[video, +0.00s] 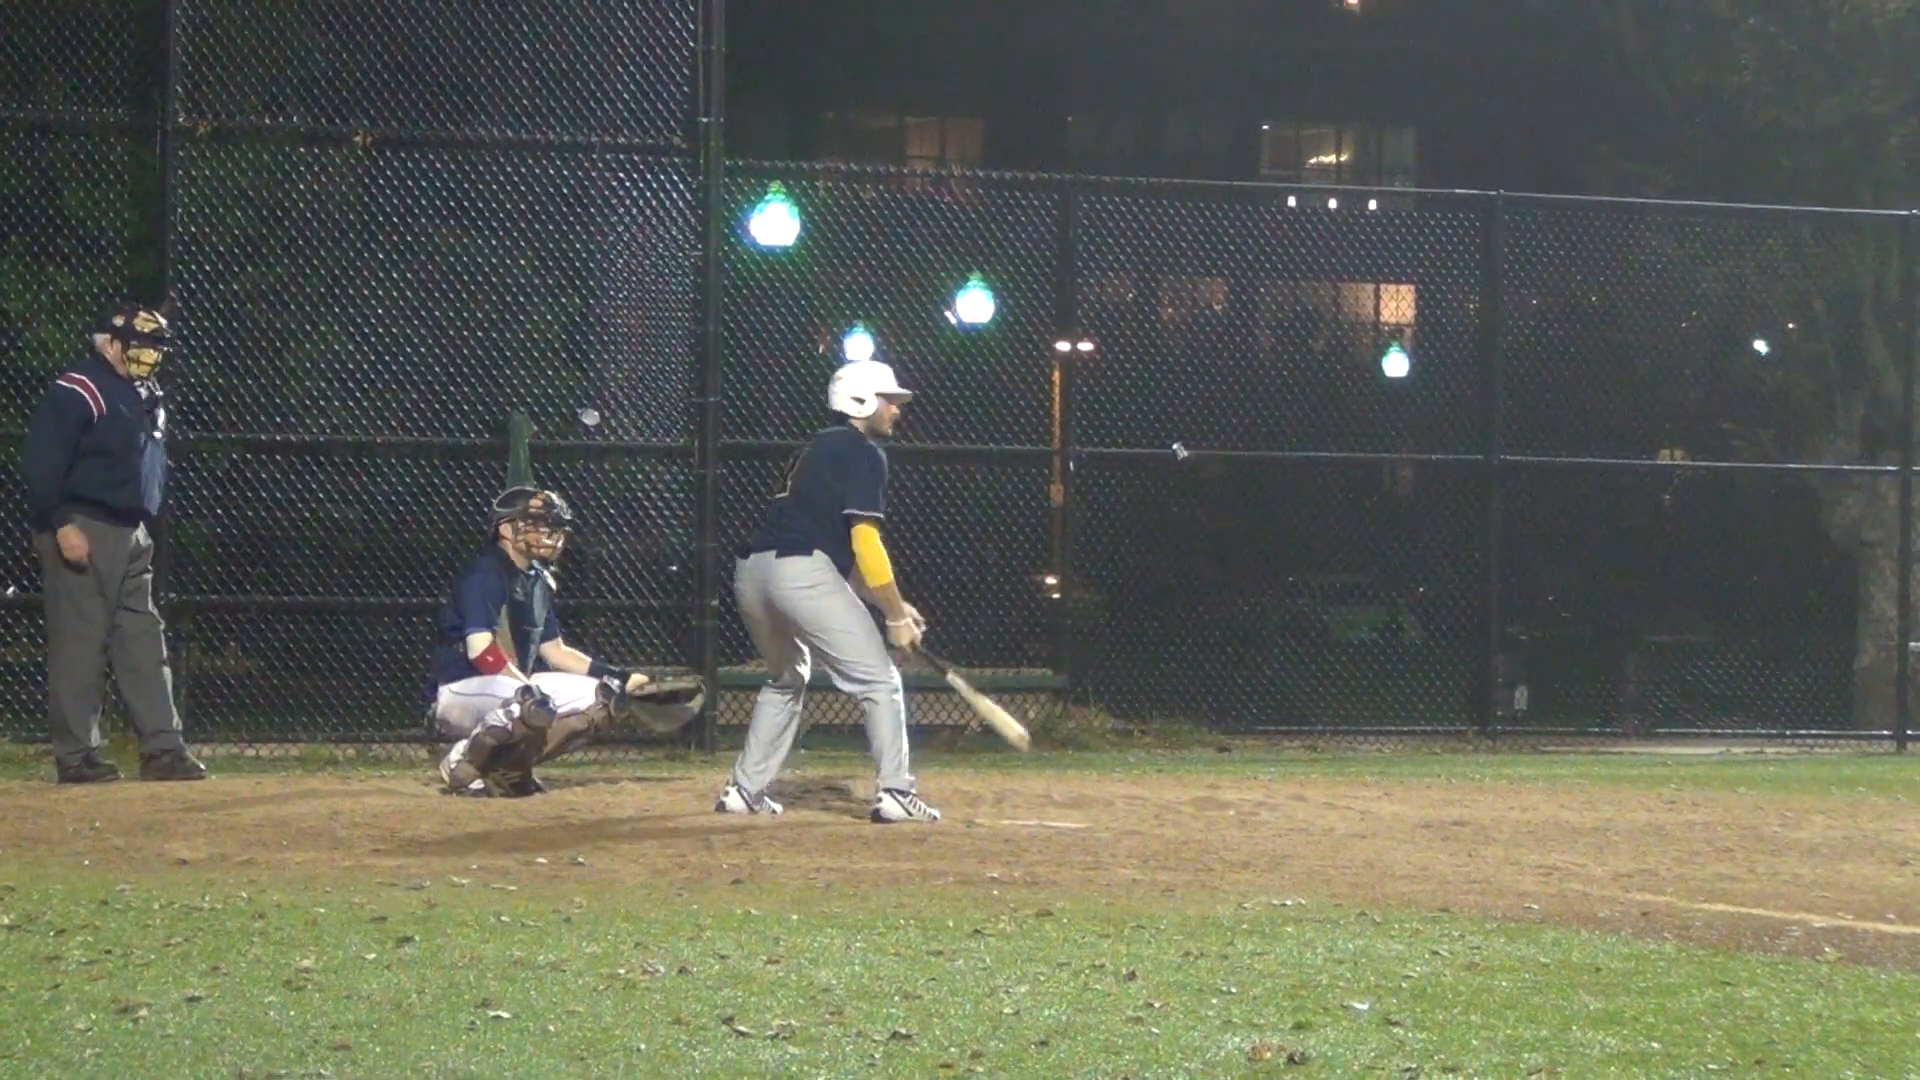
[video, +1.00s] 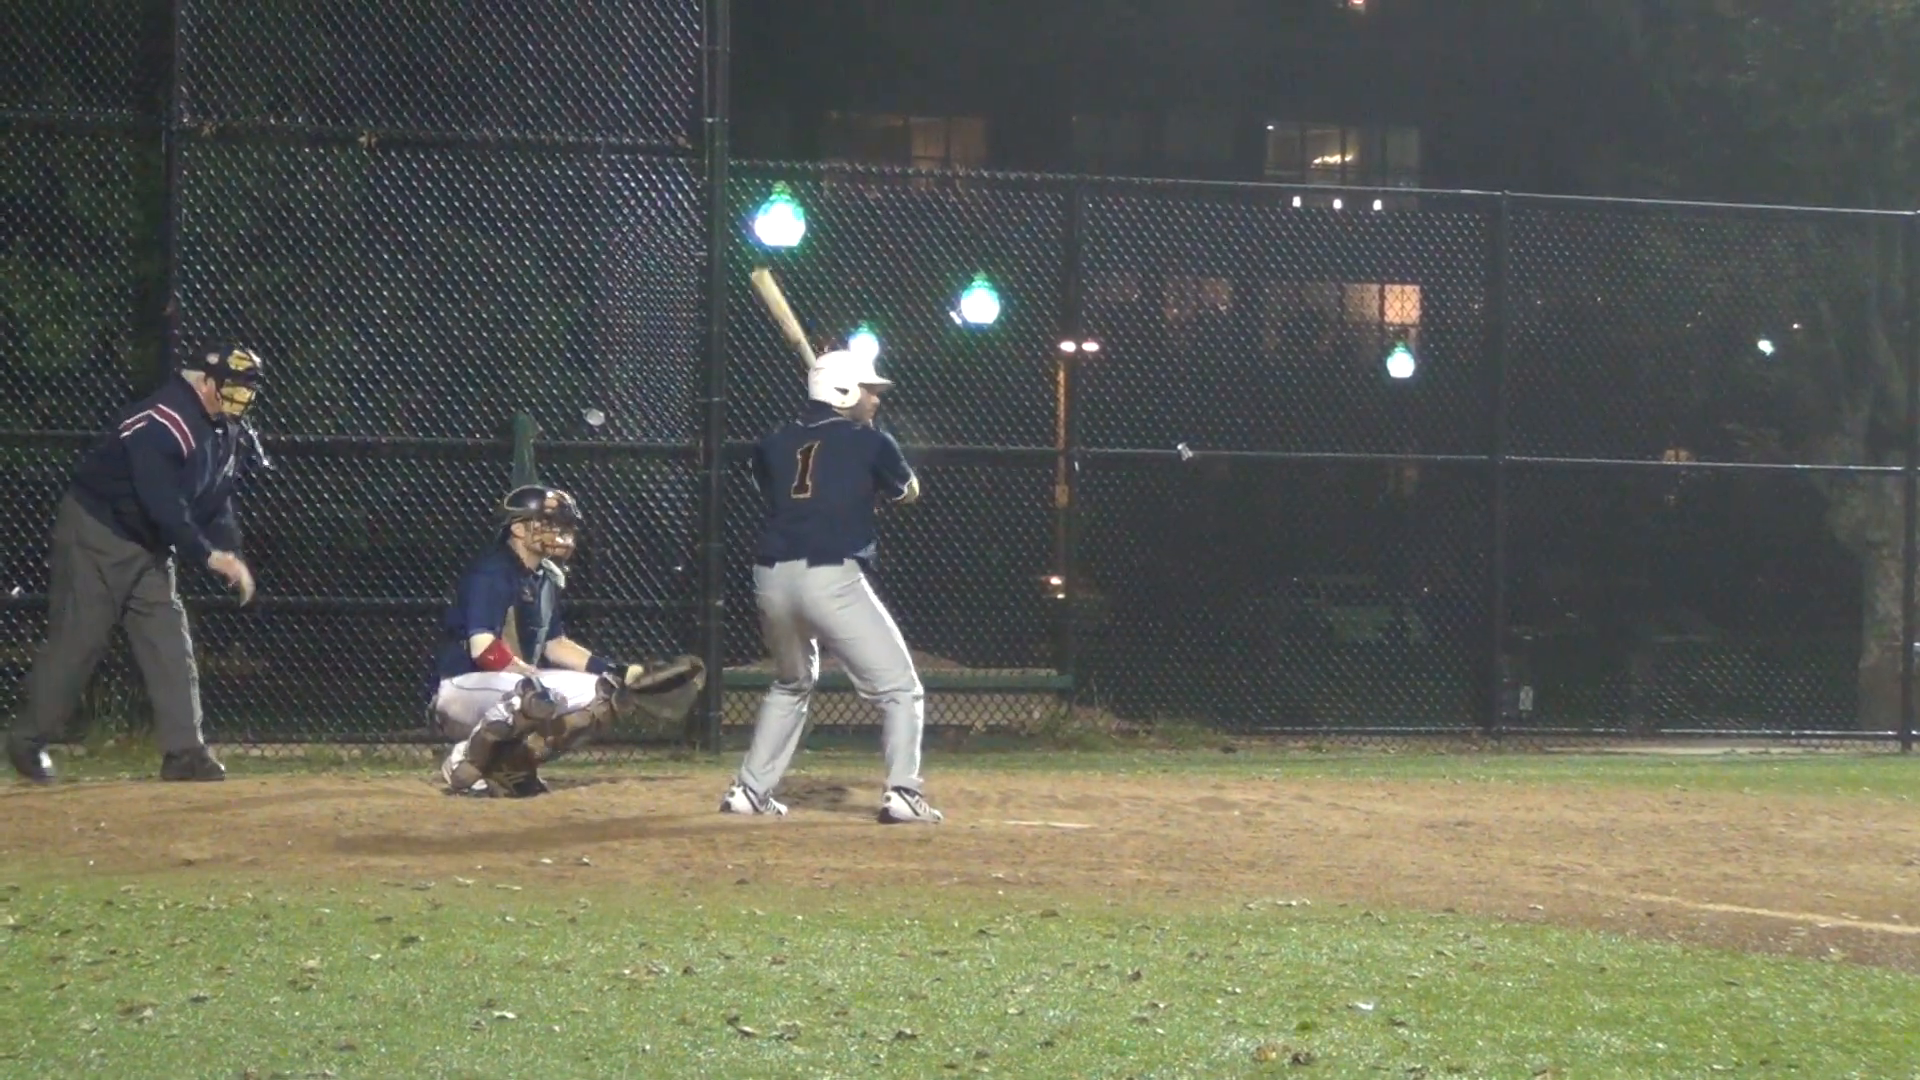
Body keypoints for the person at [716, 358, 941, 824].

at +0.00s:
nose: (897, 409)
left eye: (897, 400)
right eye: (889, 400)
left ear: (852, 407)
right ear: (861, 403)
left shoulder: (819, 447)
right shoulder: (863, 452)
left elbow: (840, 552)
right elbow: (864, 539)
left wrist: (895, 609)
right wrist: (895, 611)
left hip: (750, 570)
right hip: (802, 568)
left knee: (785, 677)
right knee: (879, 680)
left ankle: (745, 790)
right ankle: (897, 793)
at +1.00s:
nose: (877, 401)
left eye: (877, 391)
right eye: (871, 392)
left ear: (820, 394)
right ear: (846, 392)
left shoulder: (774, 440)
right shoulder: (868, 438)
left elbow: (773, 497)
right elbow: (907, 491)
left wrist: (863, 497)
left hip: (771, 580)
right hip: (833, 578)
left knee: (791, 684)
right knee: (901, 690)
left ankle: (751, 790)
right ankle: (903, 793)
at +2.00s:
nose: (884, 407)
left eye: (883, 398)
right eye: (878, 399)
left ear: (827, 402)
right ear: (856, 403)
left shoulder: (784, 443)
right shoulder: (876, 452)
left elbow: (804, 497)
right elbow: (917, 508)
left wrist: (867, 442)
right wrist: (885, 447)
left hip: (772, 588)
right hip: (835, 589)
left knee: (796, 684)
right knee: (909, 695)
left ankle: (754, 790)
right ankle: (908, 793)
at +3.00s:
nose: (869, 414)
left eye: (869, 405)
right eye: (863, 405)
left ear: (817, 402)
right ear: (839, 404)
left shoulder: (766, 430)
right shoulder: (859, 456)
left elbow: (705, 429)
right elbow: (858, 510)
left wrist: (741, 422)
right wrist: (874, 510)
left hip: (760, 577)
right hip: (824, 574)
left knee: (772, 679)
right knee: (897, 670)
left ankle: (753, 787)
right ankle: (913, 733)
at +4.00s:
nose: (887, 451)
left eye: (890, 444)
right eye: (887, 442)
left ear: (838, 419)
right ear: (878, 433)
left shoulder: (785, 446)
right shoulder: (884, 481)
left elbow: (708, 457)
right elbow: (875, 539)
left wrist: (760, 453)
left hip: (777, 591)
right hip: (845, 590)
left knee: (782, 683)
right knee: (922, 694)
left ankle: (759, 785)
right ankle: (974, 785)